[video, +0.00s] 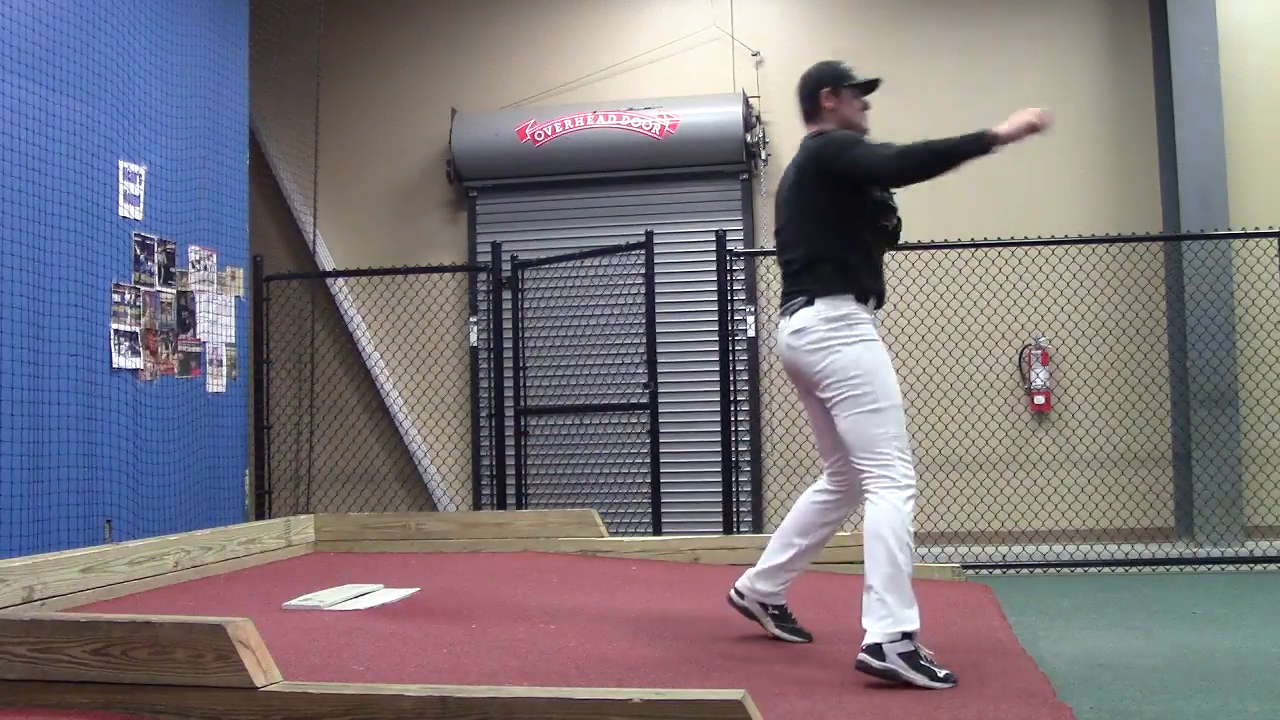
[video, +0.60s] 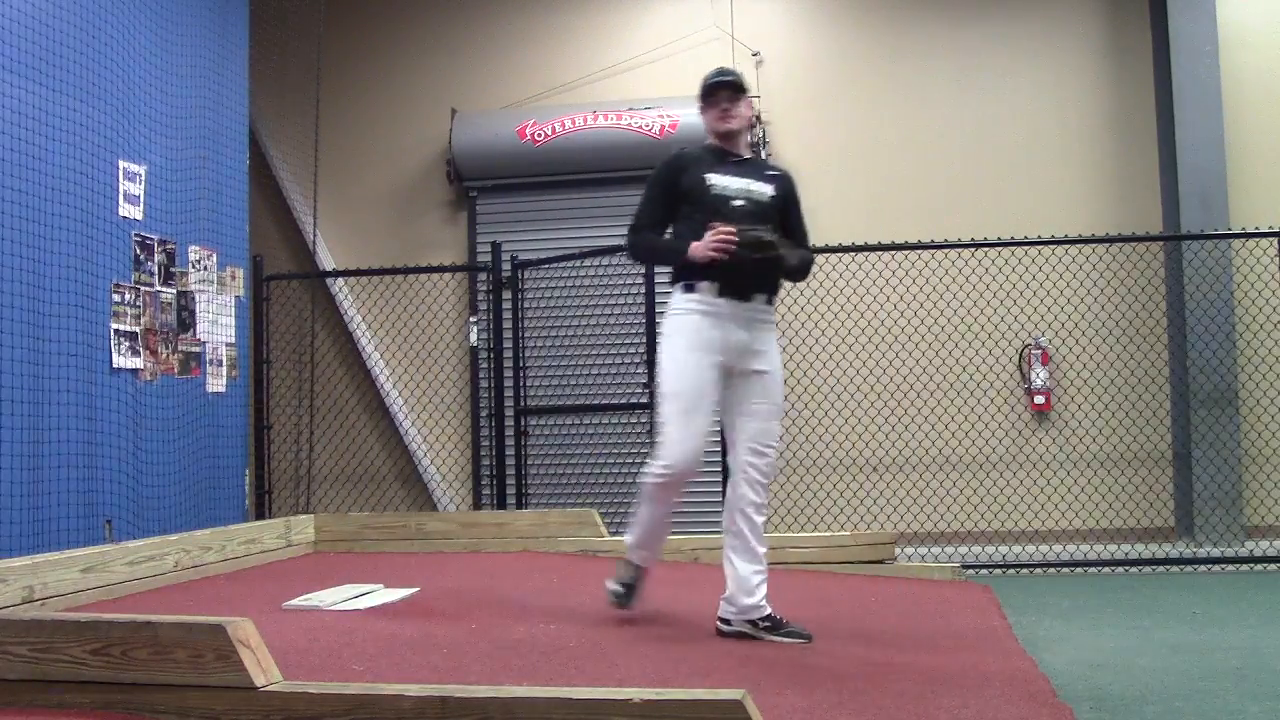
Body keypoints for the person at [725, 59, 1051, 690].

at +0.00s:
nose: (867, 102)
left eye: (865, 94)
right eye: (857, 94)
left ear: (824, 102)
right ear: (826, 100)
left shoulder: (804, 167)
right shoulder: (831, 148)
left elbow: (876, 237)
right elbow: (900, 161)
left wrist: (874, 214)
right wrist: (993, 136)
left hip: (803, 328)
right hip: (837, 325)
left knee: (843, 479)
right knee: (891, 480)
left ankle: (761, 587)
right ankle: (888, 639)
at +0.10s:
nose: (844, 116)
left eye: (844, 108)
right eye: (834, 107)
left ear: (806, 116)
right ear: (801, 113)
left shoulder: (799, 172)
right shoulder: (804, 157)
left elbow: (833, 266)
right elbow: (829, 190)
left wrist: (876, 241)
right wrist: (925, 163)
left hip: (791, 338)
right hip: (824, 332)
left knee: (844, 484)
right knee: (884, 481)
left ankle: (756, 594)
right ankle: (891, 637)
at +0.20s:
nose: (820, 121)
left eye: (823, 112)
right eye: (807, 112)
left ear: (819, 121)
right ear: (778, 122)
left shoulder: (798, 186)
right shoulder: (777, 167)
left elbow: (821, 288)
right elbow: (769, 229)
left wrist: (871, 255)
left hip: (784, 335)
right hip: (797, 328)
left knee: (824, 483)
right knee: (855, 468)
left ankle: (749, 603)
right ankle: (887, 624)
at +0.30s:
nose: (798, 116)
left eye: (802, 108)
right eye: (785, 108)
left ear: (806, 118)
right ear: (760, 117)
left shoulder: (804, 193)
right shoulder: (748, 165)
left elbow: (818, 282)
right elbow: (711, 240)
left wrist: (862, 260)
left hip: (794, 320)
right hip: (765, 317)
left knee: (807, 469)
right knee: (819, 455)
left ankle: (746, 606)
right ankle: (848, 617)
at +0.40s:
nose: (772, 108)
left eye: (780, 99)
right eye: (761, 100)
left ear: (789, 107)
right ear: (742, 108)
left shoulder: (805, 185)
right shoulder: (725, 159)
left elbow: (805, 268)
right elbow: (677, 234)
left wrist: (835, 250)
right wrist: (719, 262)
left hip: (786, 318)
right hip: (741, 309)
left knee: (790, 453)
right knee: (791, 444)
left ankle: (750, 602)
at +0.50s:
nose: (751, 105)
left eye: (758, 96)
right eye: (740, 98)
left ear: (772, 104)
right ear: (723, 108)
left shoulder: (793, 179)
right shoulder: (703, 159)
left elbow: (810, 263)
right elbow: (653, 231)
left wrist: (807, 251)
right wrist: (699, 250)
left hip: (775, 319)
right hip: (719, 309)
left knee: (770, 460)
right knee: (740, 445)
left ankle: (746, 606)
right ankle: (683, 575)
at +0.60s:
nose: (725, 111)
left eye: (733, 102)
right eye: (715, 105)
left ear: (750, 108)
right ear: (702, 114)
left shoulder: (777, 181)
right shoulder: (681, 165)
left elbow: (801, 263)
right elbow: (639, 241)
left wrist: (768, 249)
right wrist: (692, 249)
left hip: (758, 327)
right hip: (694, 321)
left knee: (755, 465)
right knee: (680, 455)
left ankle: (744, 606)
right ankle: (636, 559)